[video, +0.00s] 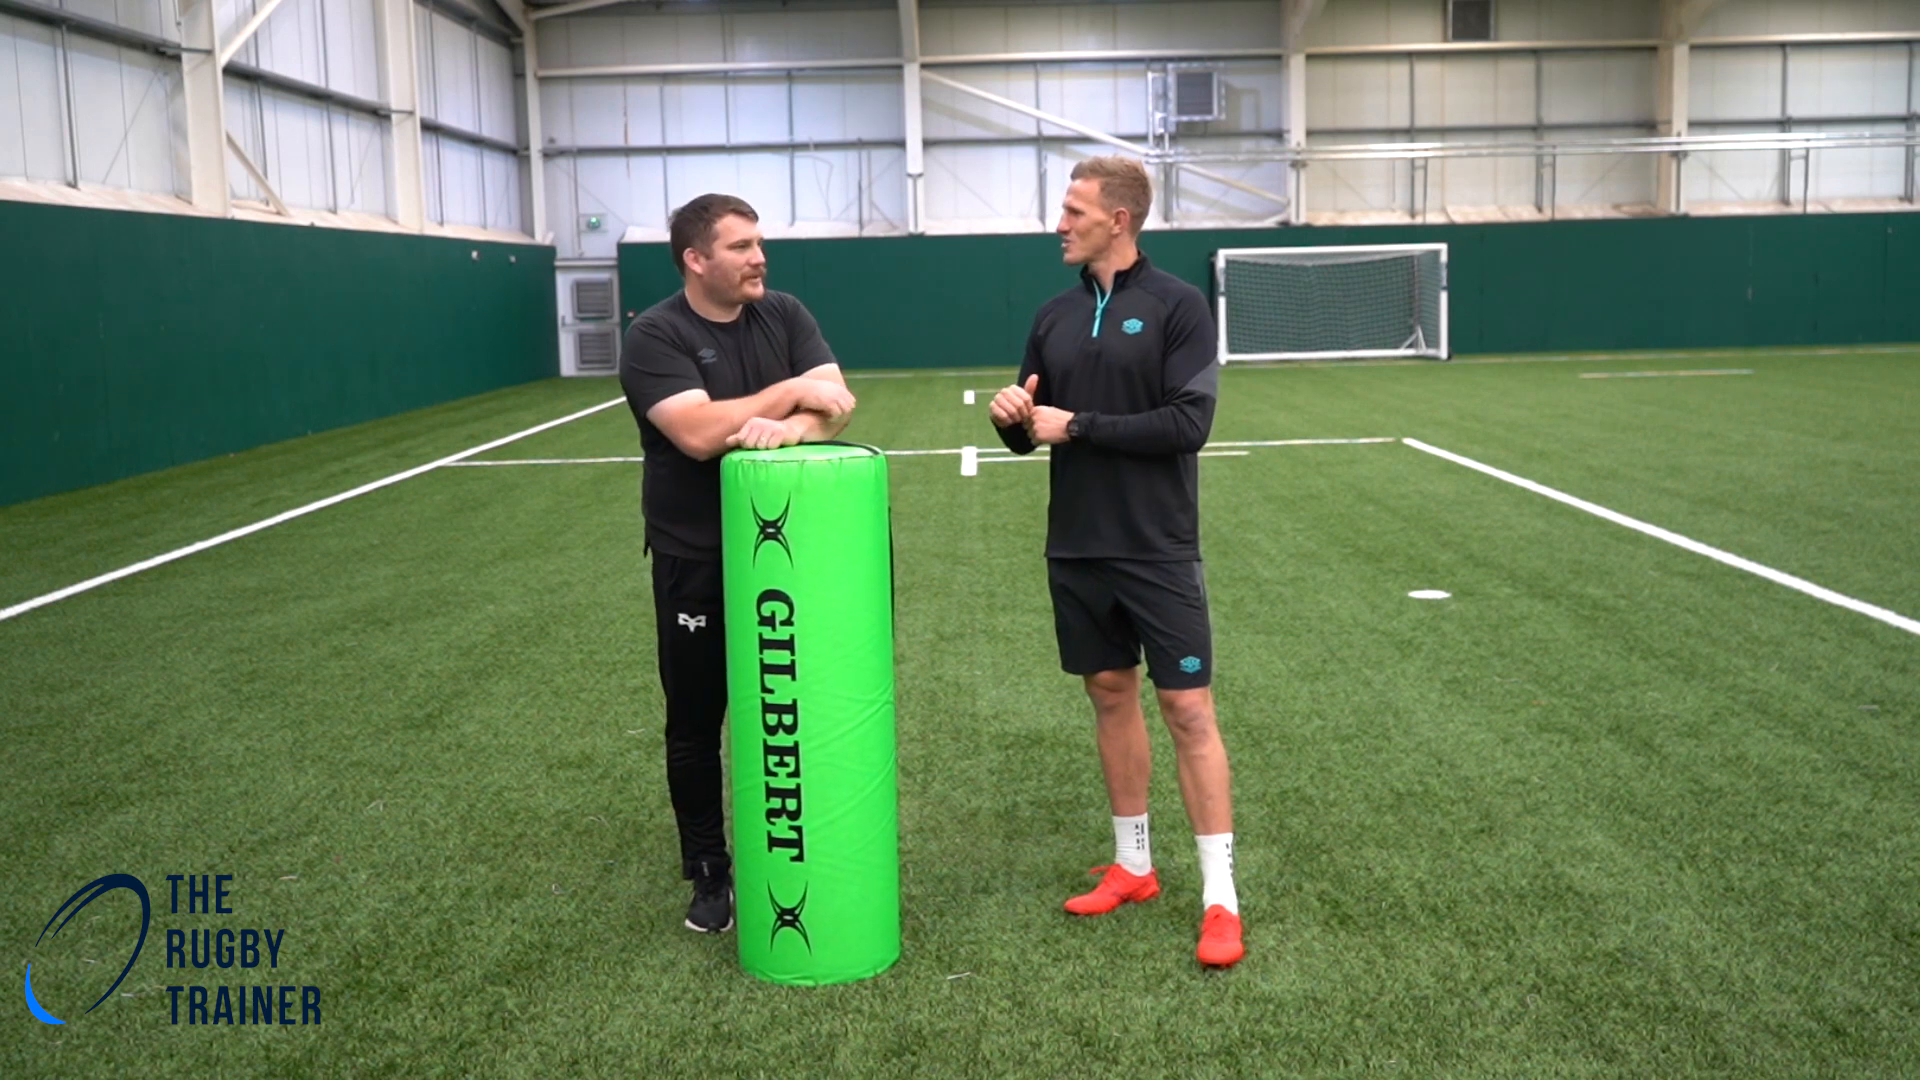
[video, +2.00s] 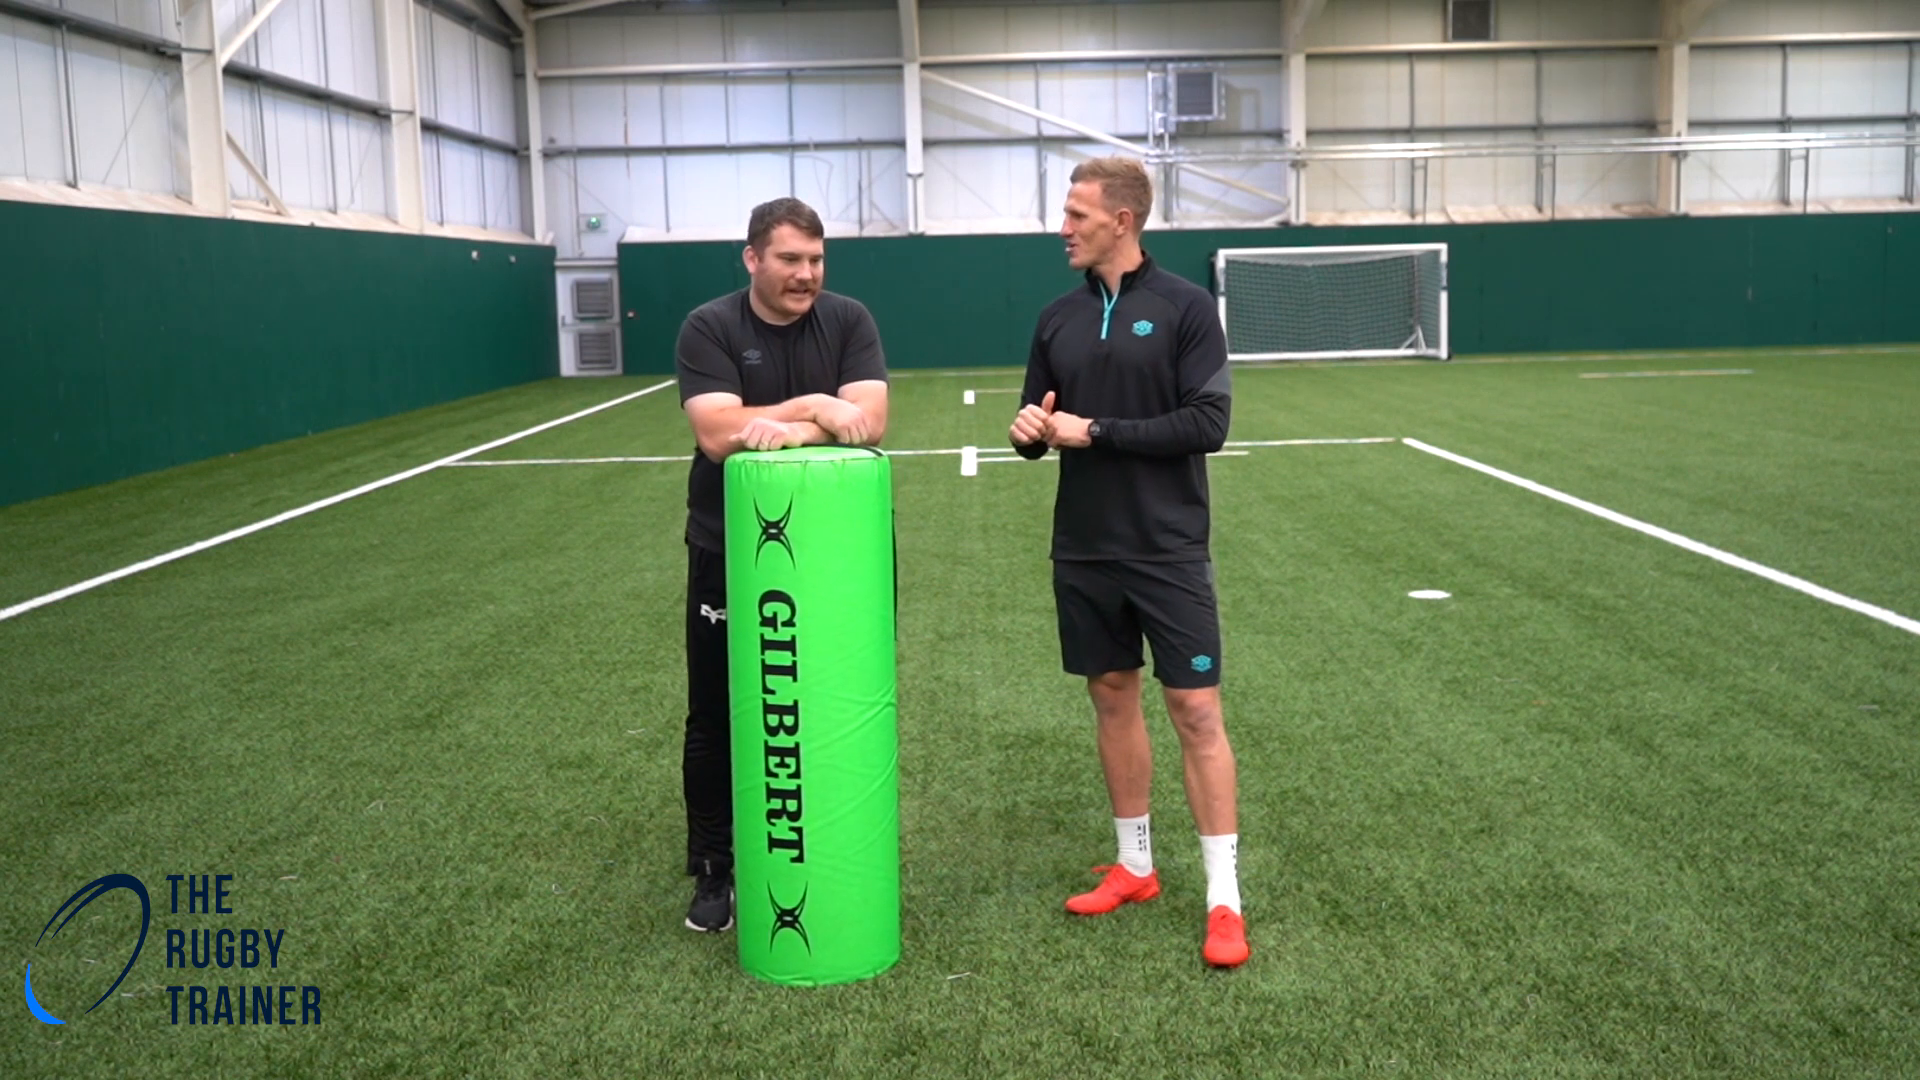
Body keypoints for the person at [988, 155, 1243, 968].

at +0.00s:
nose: (1060, 224)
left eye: (1074, 213)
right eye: (1063, 210)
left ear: (1120, 222)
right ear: (1099, 219)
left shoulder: (1180, 305)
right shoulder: (1054, 316)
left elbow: (1189, 424)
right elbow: (1024, 437)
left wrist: (1074, 425)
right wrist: (1012, 415)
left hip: (1159, 546)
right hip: (1079, 545)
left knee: (1189, 708)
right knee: (1109, 693)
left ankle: (1221, 896)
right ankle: (1132, 867)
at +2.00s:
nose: (1063, 228)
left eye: (1077, 216)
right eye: (1064, 214)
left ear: (1125, 222)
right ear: (1092, 221)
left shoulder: (1187, 306)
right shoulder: (1058, 317)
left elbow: (1210, 424)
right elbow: (1033, 426)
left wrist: (1097, 430)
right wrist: (1029, 429)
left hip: (1169, 548)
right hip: (1086, 547)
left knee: (1197, 709)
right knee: (1112, 697)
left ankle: (1224, 896)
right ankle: (1135, 867)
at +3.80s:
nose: (1048, 226)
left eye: (1061, 215)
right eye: (1049, 213)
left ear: (1110, 224)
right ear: (1076, 221)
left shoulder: (1174, 307)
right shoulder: (1044, 319)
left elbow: (1208, 429)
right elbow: (1029, 428)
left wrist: (1139, 512)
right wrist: (1007, 511)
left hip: (1164, 547)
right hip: (1078, 550)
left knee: (1194, 709)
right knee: (1109, 697)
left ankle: (1223, 898)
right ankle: (1134, 869)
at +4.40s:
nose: (1048, 227)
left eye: (1061, 216)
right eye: (1049, 213)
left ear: (1110, 224)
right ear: (1076, 221)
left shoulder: (1175, 308)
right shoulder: (1043, 317)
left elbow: (1212, 432)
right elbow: (1031, 431)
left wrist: (1216, 548)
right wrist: (1011, 530)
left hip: (1167, 551)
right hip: (1079, 552)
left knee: (1193, 712)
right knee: (1109, 699)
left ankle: (1223, 897)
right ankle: (1134, 869)